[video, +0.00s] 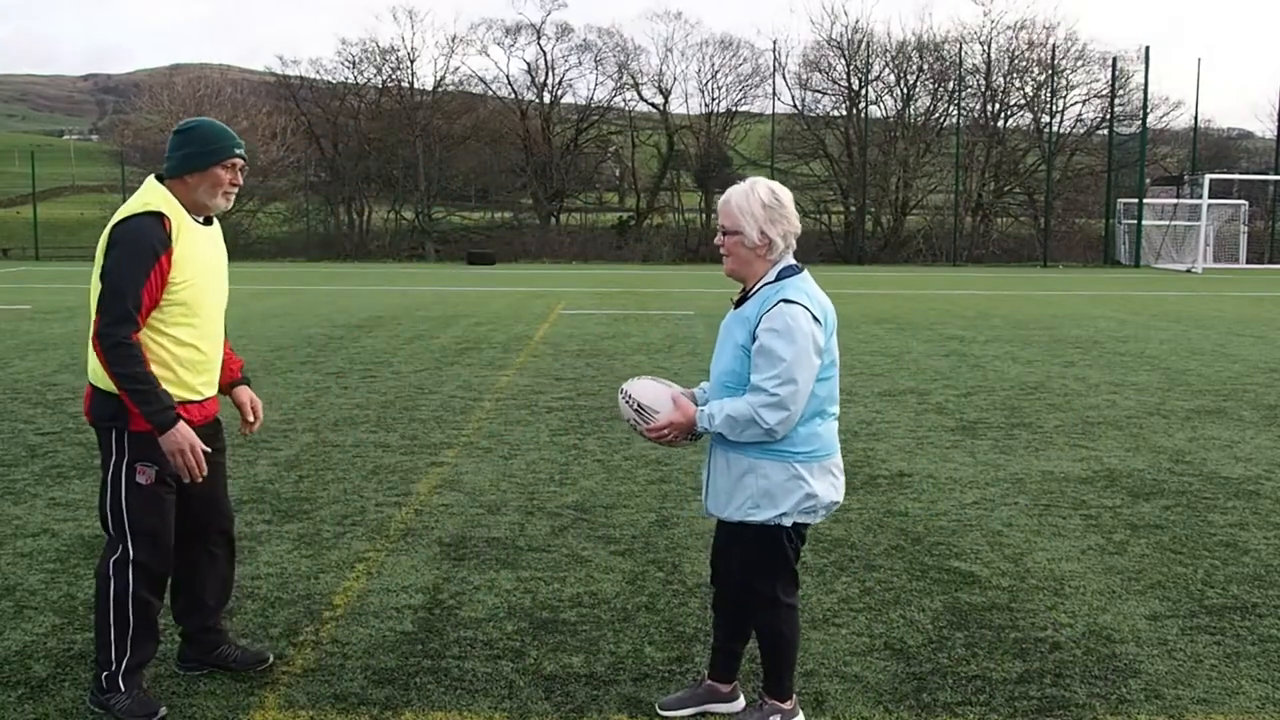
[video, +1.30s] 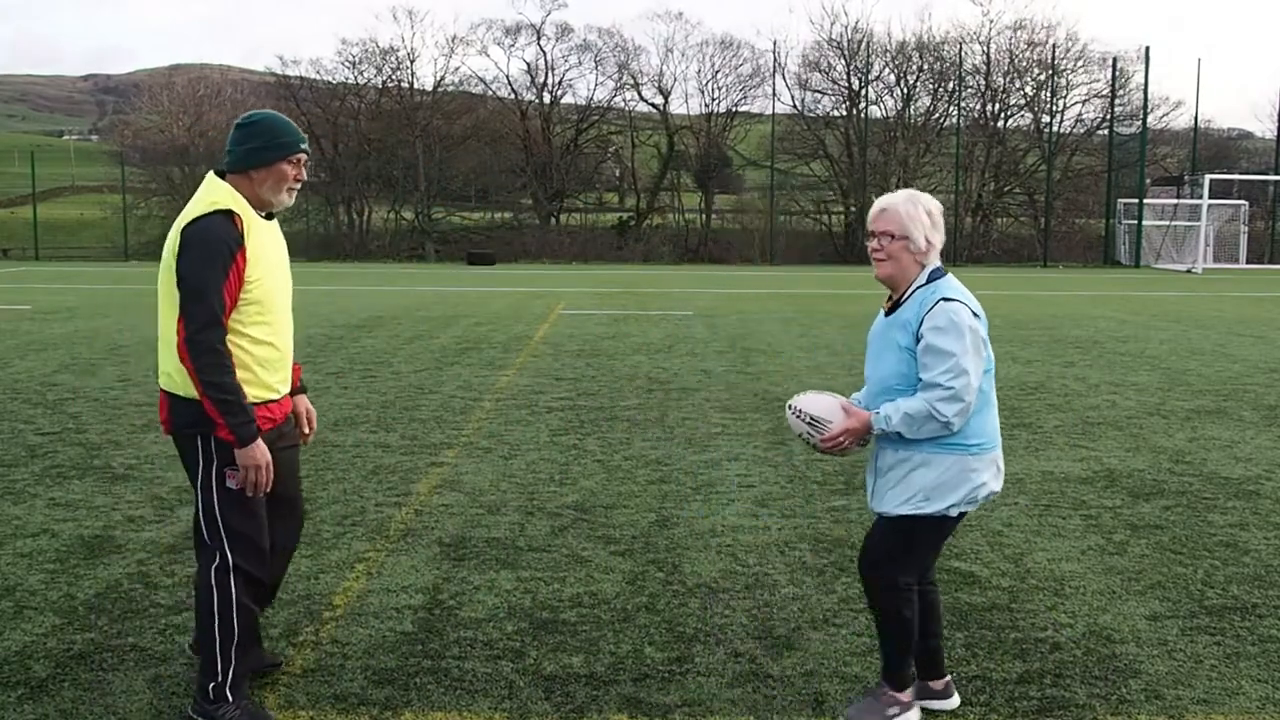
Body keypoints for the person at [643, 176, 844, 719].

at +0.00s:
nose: (718, 242)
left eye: (728, 232)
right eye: (719, 231)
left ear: (764, 240)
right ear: (758, 242)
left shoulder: (789, 310)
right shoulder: (761, 300)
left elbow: (773, 411)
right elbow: (738, 382)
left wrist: (701, 418)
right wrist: (689, 403)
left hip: (780, 478)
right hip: (746, 472)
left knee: (769, 590)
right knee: (729, 580)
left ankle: (779, 703)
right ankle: (720, 685)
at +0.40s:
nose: (732, 244)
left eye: (742, 235)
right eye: (733, 234)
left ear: (778, 244)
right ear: (770, 245)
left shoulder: (804, 313)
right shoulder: (771, 302)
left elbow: (789, 416)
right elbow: (751, 383)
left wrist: (716, 421)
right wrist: (702, 401)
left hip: (796, 478)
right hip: (763, 470)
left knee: (774, 584)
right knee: (740, 563)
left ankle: (781, 699)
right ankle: (770, 674)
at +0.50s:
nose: (737, 245)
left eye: (747, 236)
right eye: (737, 235)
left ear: (783, 244)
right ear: (774, 244)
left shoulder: (810, 313)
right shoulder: (776, 301)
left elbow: (797, 415)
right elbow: (758, 383)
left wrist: (723, 422)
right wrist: (708, 402)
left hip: (802, 476)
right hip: (770, 467)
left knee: (778, 585)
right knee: (754, 563)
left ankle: (780, 701)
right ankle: (814, 665)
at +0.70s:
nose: (754, 247)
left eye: (763, 238)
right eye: (755, 236)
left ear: (798, 244)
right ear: (790, 245)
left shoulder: (828, 314)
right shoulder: (795, 304)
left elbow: (817, 413)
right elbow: (776, 384)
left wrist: (740, 422)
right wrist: (728, 403)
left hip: (826, 475)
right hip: (803, 469)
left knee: (785, 581)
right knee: (813, 574)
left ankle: (780, 702)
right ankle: (892, 653)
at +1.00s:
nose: (811, 252)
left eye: (823, 242)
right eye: (809, 241)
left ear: (860, 249)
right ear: (848, 251)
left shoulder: (880, 316)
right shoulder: (851, 308)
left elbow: (872, 414)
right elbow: (834, 390)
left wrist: (802, 424)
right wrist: (785, 413)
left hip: (880, 480)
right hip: (862, 475)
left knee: (830, 582)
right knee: (874, 578)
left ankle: (786, 699)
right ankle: (931, 677)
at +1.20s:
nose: (854, 250)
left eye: (867, 241)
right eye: (851, 240)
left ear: (903, 248)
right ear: (850, 245)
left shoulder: (924, 314)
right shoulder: (886, 309)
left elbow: (926, 410)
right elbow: (872, 390)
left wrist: (851, 424)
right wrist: (826, 418)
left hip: (928, 473)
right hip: (898, 468)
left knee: (859, 563)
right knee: (896, 573)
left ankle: (830, 693)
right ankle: (933, 681)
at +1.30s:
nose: (875, 247)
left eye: (888, 237)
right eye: (871, 237)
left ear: (924, 243)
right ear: (869, 242)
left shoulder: (946, 310)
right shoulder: (900, 308)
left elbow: (948, 403)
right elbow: (888, 386)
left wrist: (874, 422)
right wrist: (846, 412)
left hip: (948, 468)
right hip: (917, 463)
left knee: (881, 562)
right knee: (913, 570)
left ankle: (898, 693)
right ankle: (933, 681)